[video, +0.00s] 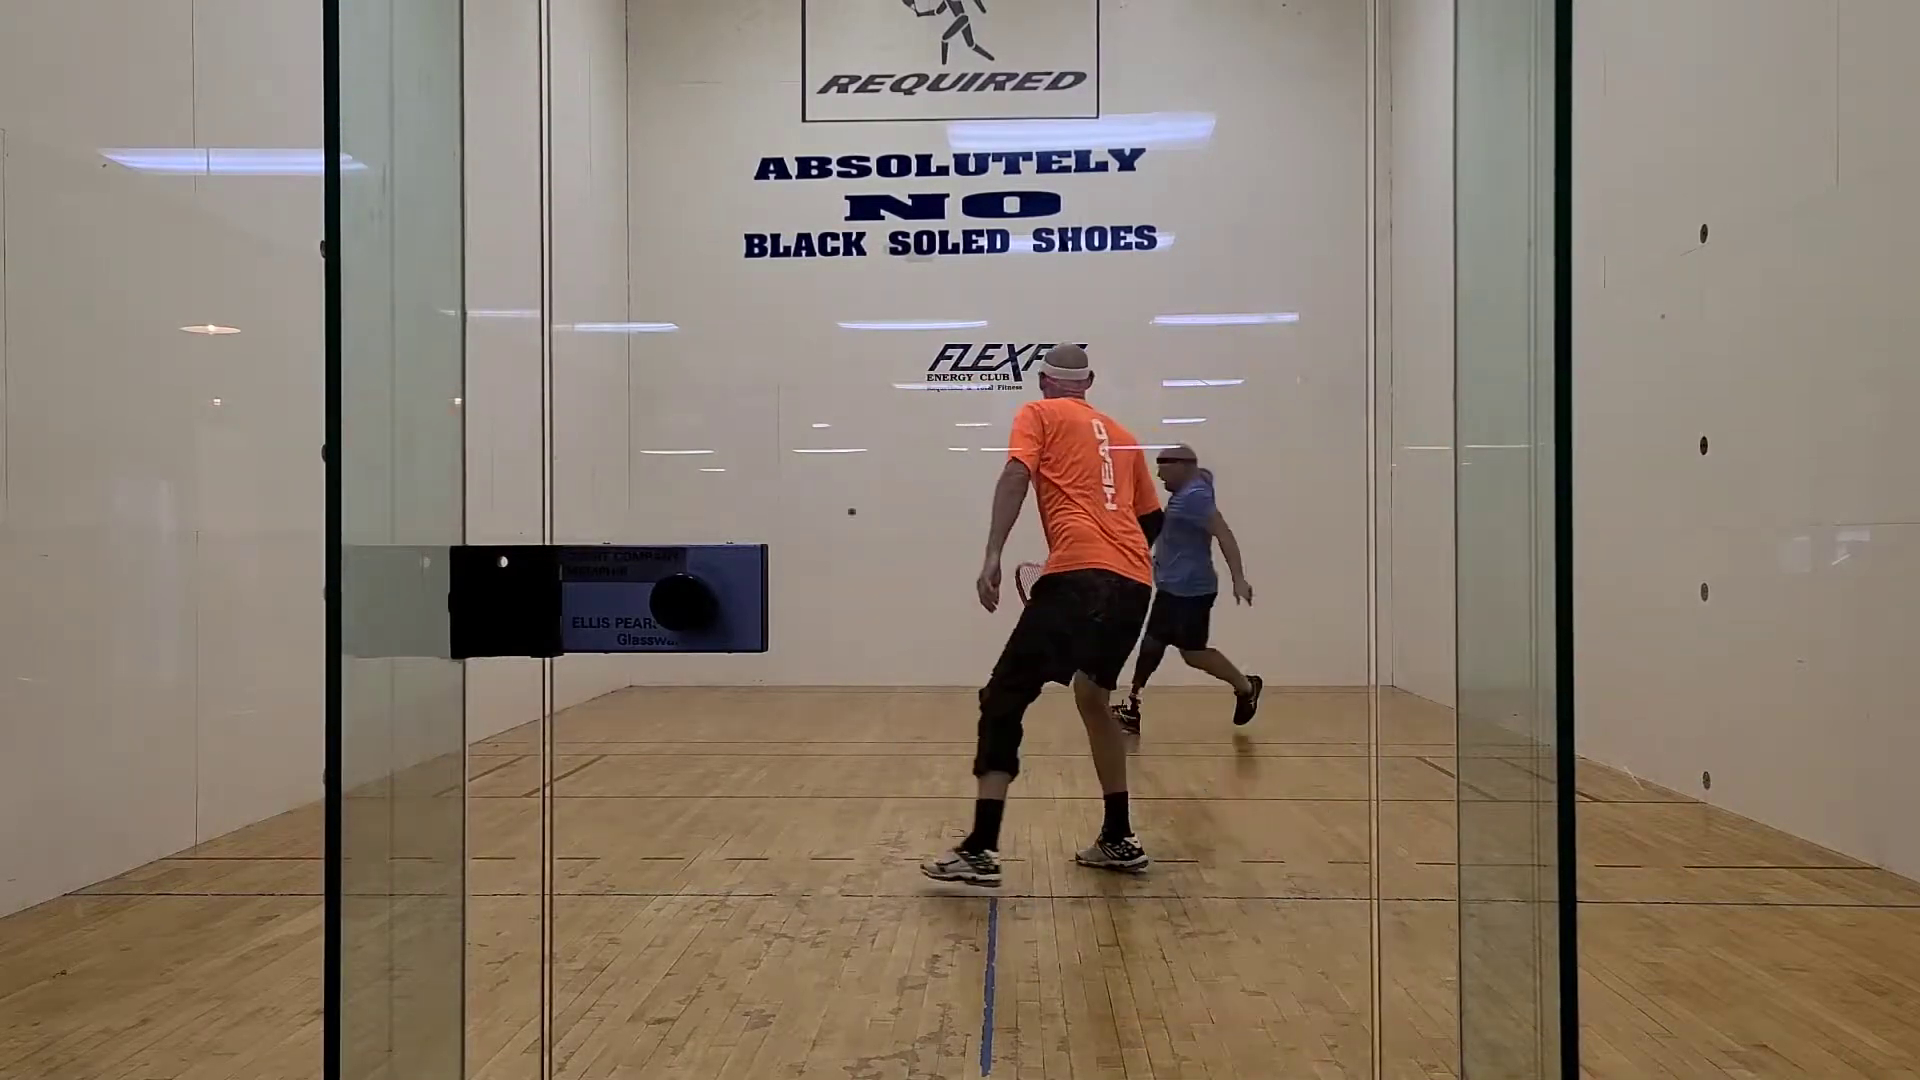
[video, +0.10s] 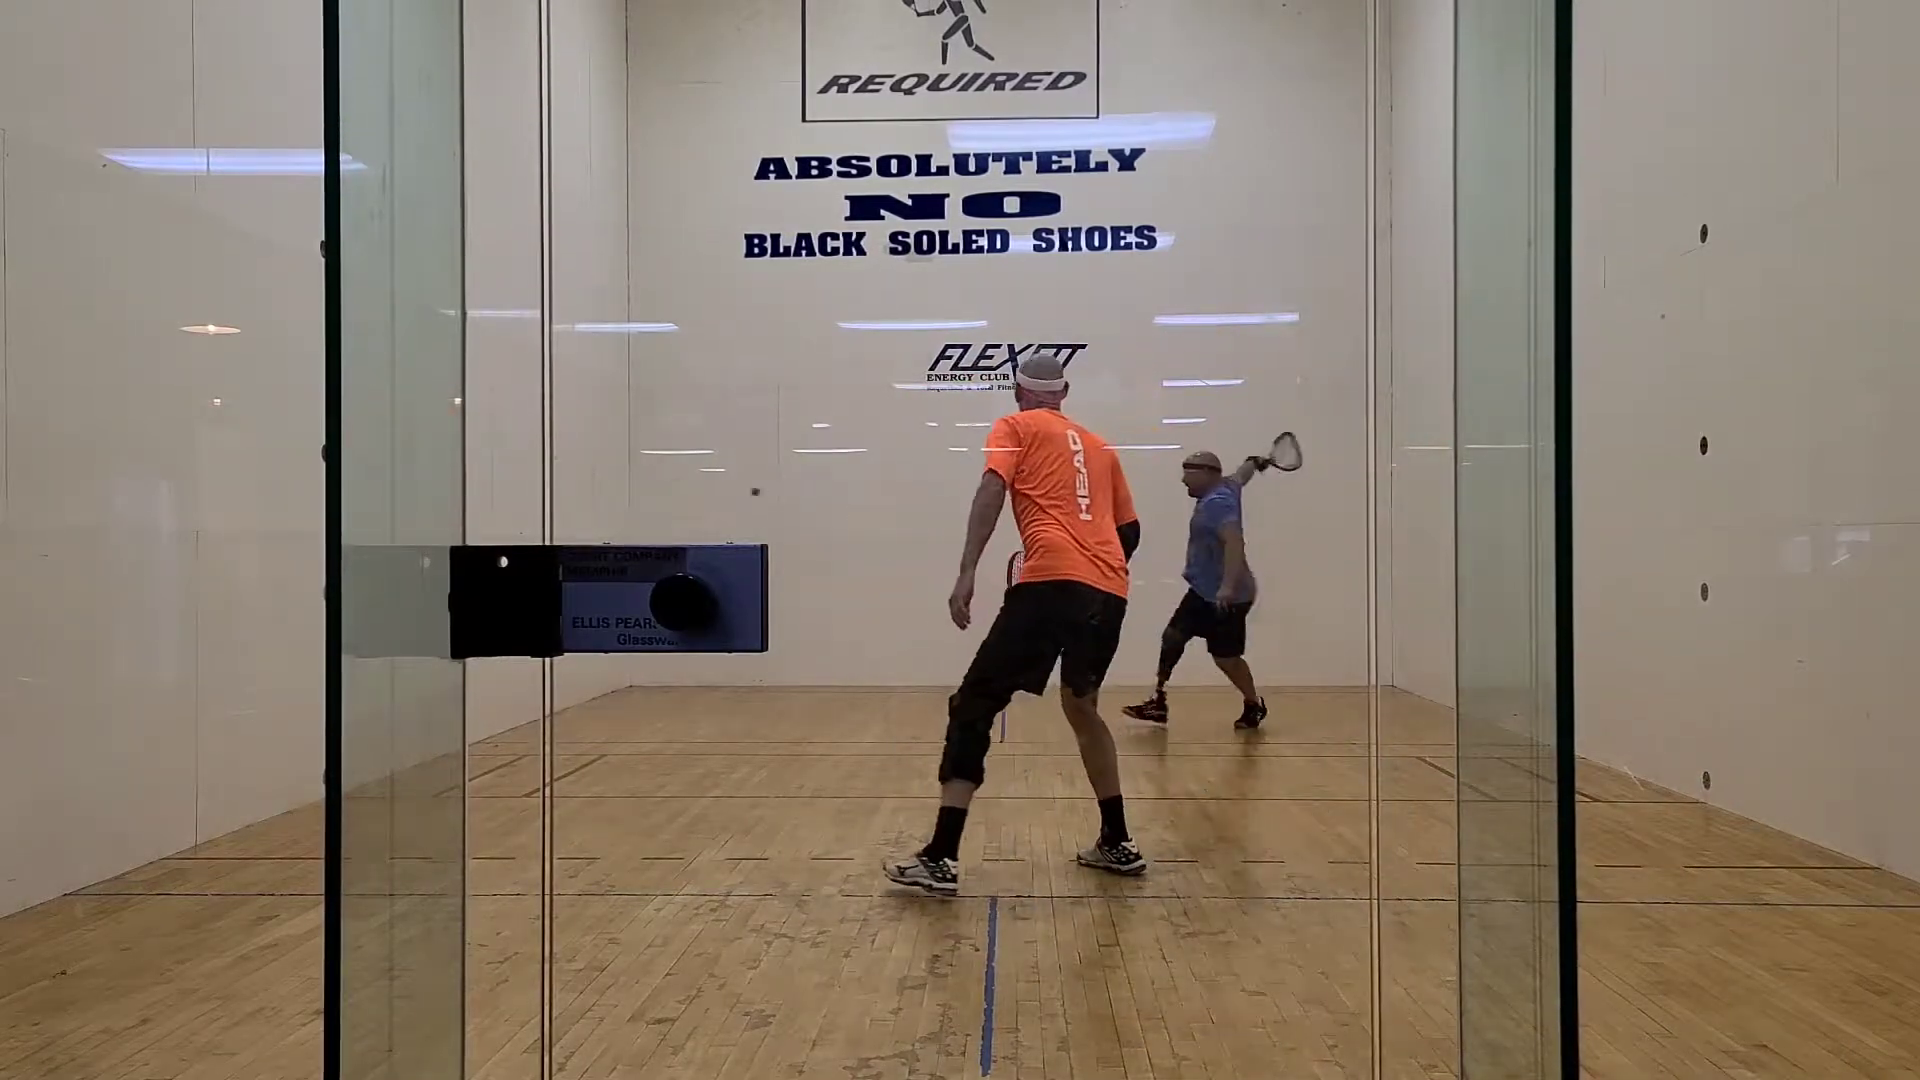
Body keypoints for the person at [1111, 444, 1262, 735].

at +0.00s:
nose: (1160, 475)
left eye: (1164, 468)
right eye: (1159, 469)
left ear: (1183, 467)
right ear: (1181, 467)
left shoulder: (1194, 497)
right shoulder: (1181, 495)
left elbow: (1224, 533)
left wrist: (1238, 578)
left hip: (1191, 590)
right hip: (1170, 588)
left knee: (1193, 655)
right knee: (1151, 647)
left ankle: (1246, 687)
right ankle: (1131, 706)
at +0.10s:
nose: (1184, 482)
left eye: (1189, 477)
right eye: (1184, 477)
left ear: (1209, 474)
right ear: (1208, 475)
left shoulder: (1220, 504)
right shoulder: (1224, 488)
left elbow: (1234, 544)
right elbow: (1242, 474)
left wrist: (1227, 586)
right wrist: (1256, 462)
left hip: (1229, 597)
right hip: (1202, 592)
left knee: (1226, 657)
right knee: (1172, 638)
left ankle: (1253, 704)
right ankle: (1157, 700)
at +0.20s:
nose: (1208, 481)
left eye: (1214, 475)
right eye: (1208, 476)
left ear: (1234, 477)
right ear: (1234, 477)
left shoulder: (1239, 507)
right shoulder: (1253, 492)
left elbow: (1248, 547)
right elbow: (1268, 486)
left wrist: (1234, 587)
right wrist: (1278, 478)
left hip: (1257, 596)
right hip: (1243, 592)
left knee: (1231, 650)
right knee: (1209, 637)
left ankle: (1255, 708)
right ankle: (1226, 688)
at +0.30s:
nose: (1235, 484)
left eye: (1240, 478)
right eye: (1235, 479)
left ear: (1259, 480)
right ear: (1261, 481)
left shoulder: (1263, 507)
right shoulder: (1272, 500)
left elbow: (1271, 547)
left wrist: (1257, 588)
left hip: (1278, 591)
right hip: (1285, 590)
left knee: (1241, 644)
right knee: (1260, 640)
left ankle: (1255, 709)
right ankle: (1302, 682)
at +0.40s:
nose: (1259, 496)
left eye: (1265, 491)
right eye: (1259, 491)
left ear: (1285, 493)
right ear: (1286, 494)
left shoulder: (1287, 518)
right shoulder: (1300, 508)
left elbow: (1295, 558)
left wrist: (1276, 594)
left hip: (1303, 599)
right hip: (1317, 598)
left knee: (1258, 638)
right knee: (1313, 656)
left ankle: (1257, 707)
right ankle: (1355, 696)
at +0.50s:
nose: (1277, 499)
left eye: (1282, 493)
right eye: (1275, 494)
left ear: (1300, 493)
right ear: (1274, 494)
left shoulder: (1306, 518)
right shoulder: (1308, 512)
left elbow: (1317, 558)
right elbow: (1307, 558)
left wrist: (1299, 601)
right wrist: (1297, 586)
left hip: (1331, 593)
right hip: (1337, 592)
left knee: (1288, 636)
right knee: (1316, 654)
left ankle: (1266, 703)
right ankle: (1356, 697)